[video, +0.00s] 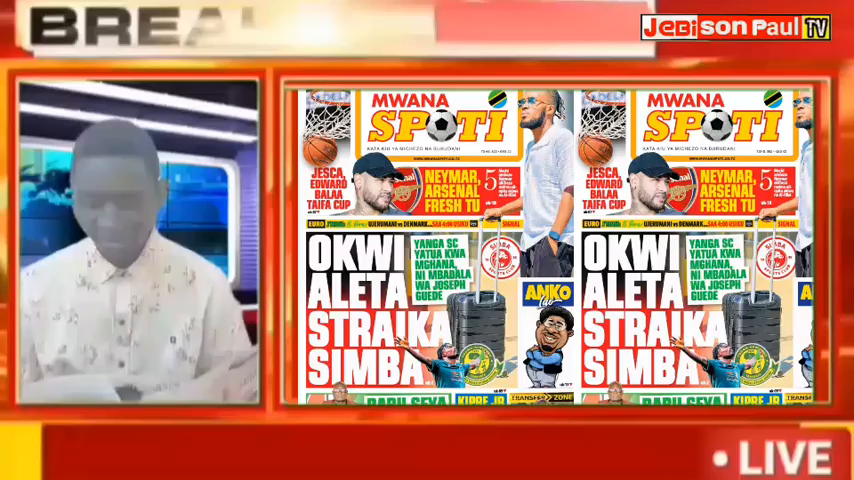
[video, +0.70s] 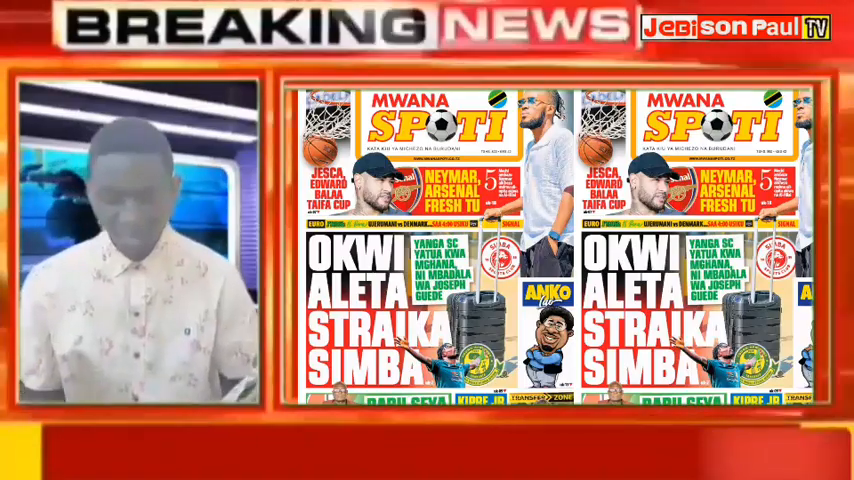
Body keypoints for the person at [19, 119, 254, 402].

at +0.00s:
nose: (110, 219)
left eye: (128, 201)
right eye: (93, 202)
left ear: (161, 194)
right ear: (72, 197)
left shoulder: (206, 286)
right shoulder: (34, 288)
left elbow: (241, 388)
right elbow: (13, 398)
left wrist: (149, 408)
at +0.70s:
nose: (130, 216)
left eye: (145, 197)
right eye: (112, 198)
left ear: (174, 190)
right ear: (89, 192)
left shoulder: (218, 279)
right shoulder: (49, 283)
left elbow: (252, 388)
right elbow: (41, 405)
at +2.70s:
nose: (132, 224)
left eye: (148, 205)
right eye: (115, 206)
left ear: (175, 191)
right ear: (92, 194)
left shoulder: (216, 274)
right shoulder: (55, 280)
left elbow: (246, 377)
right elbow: (53, 392)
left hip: (191, 446)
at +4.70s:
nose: (121, 204)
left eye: (140, 188)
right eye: (105, 187)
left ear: (170, 185)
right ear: (84, 183)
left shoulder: (208, 273)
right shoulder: (37, 274)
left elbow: (230, 382)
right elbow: (31, 391)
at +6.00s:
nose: (127, 184)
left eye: (145, 169)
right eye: (107, 170)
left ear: (167, 181)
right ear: (85, 186)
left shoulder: (206, 272)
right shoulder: (40, 274)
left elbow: (232, 386)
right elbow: (20, 390)